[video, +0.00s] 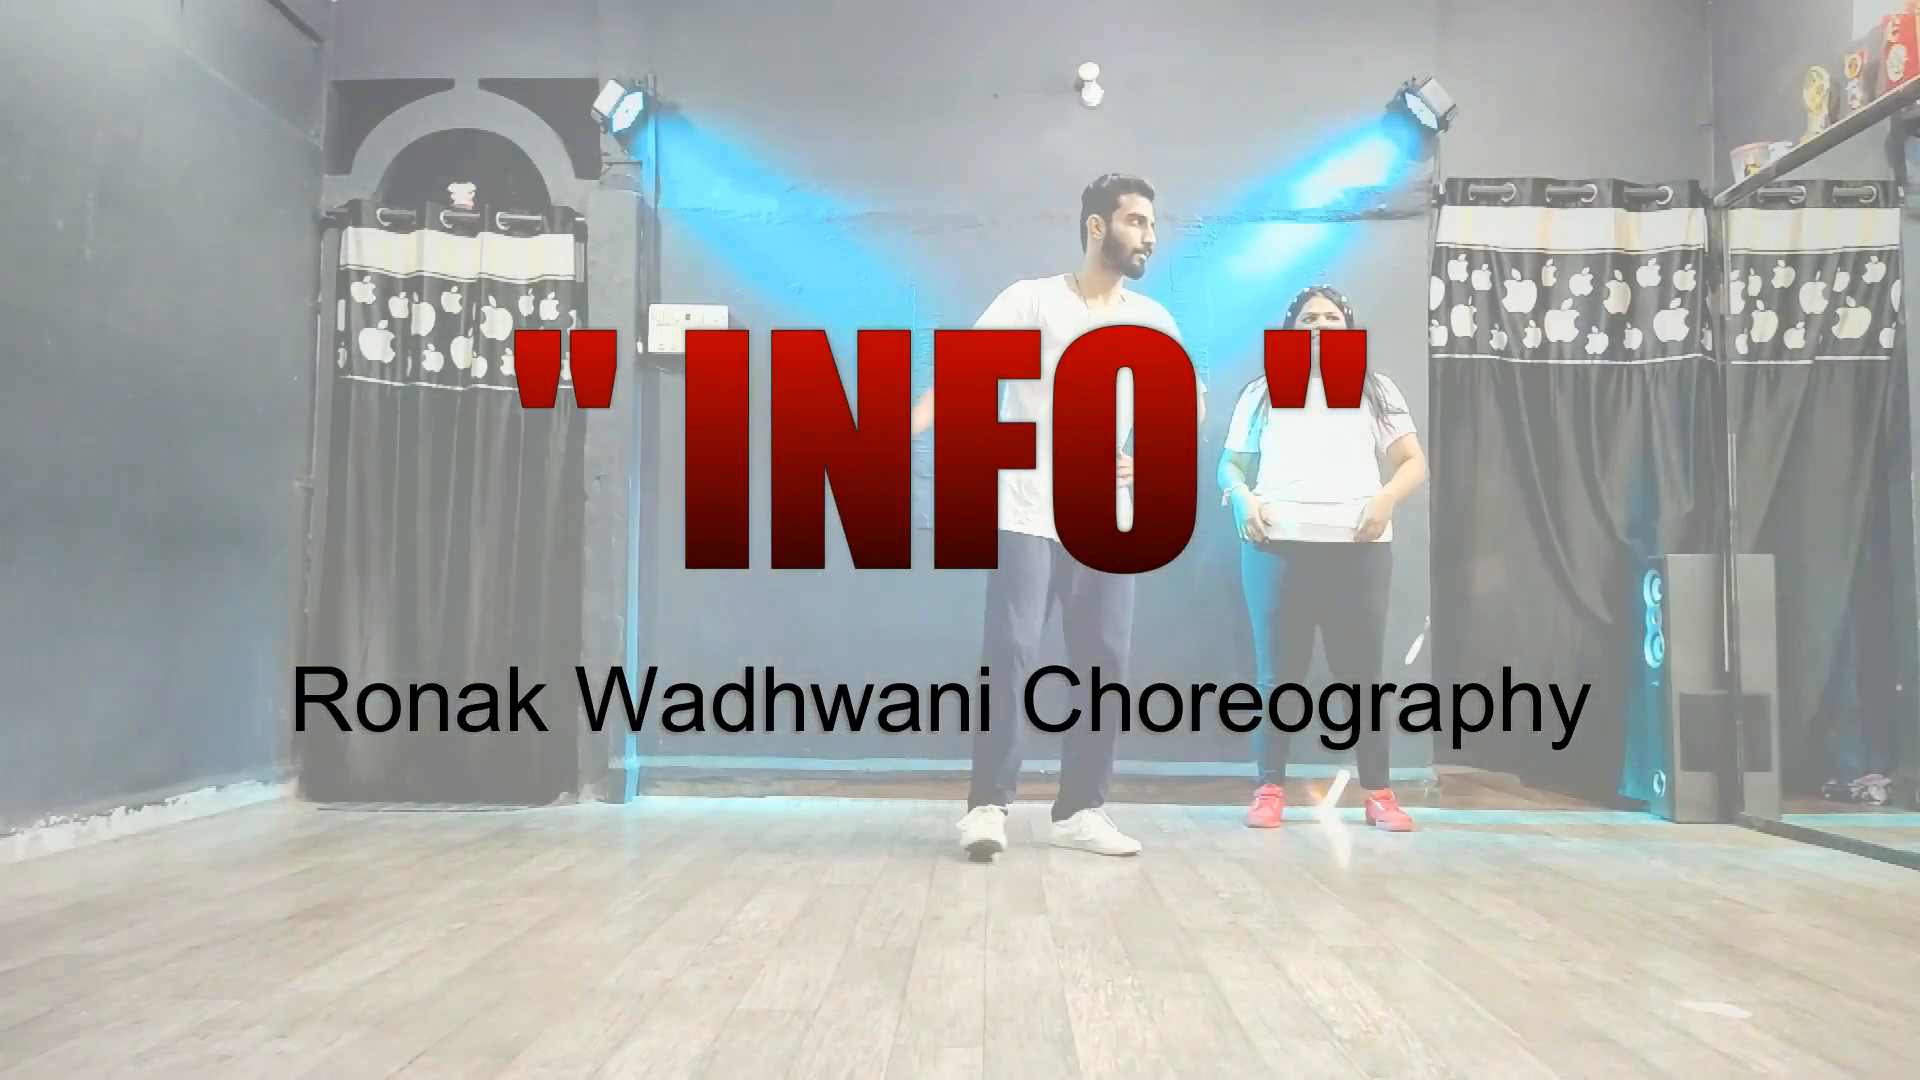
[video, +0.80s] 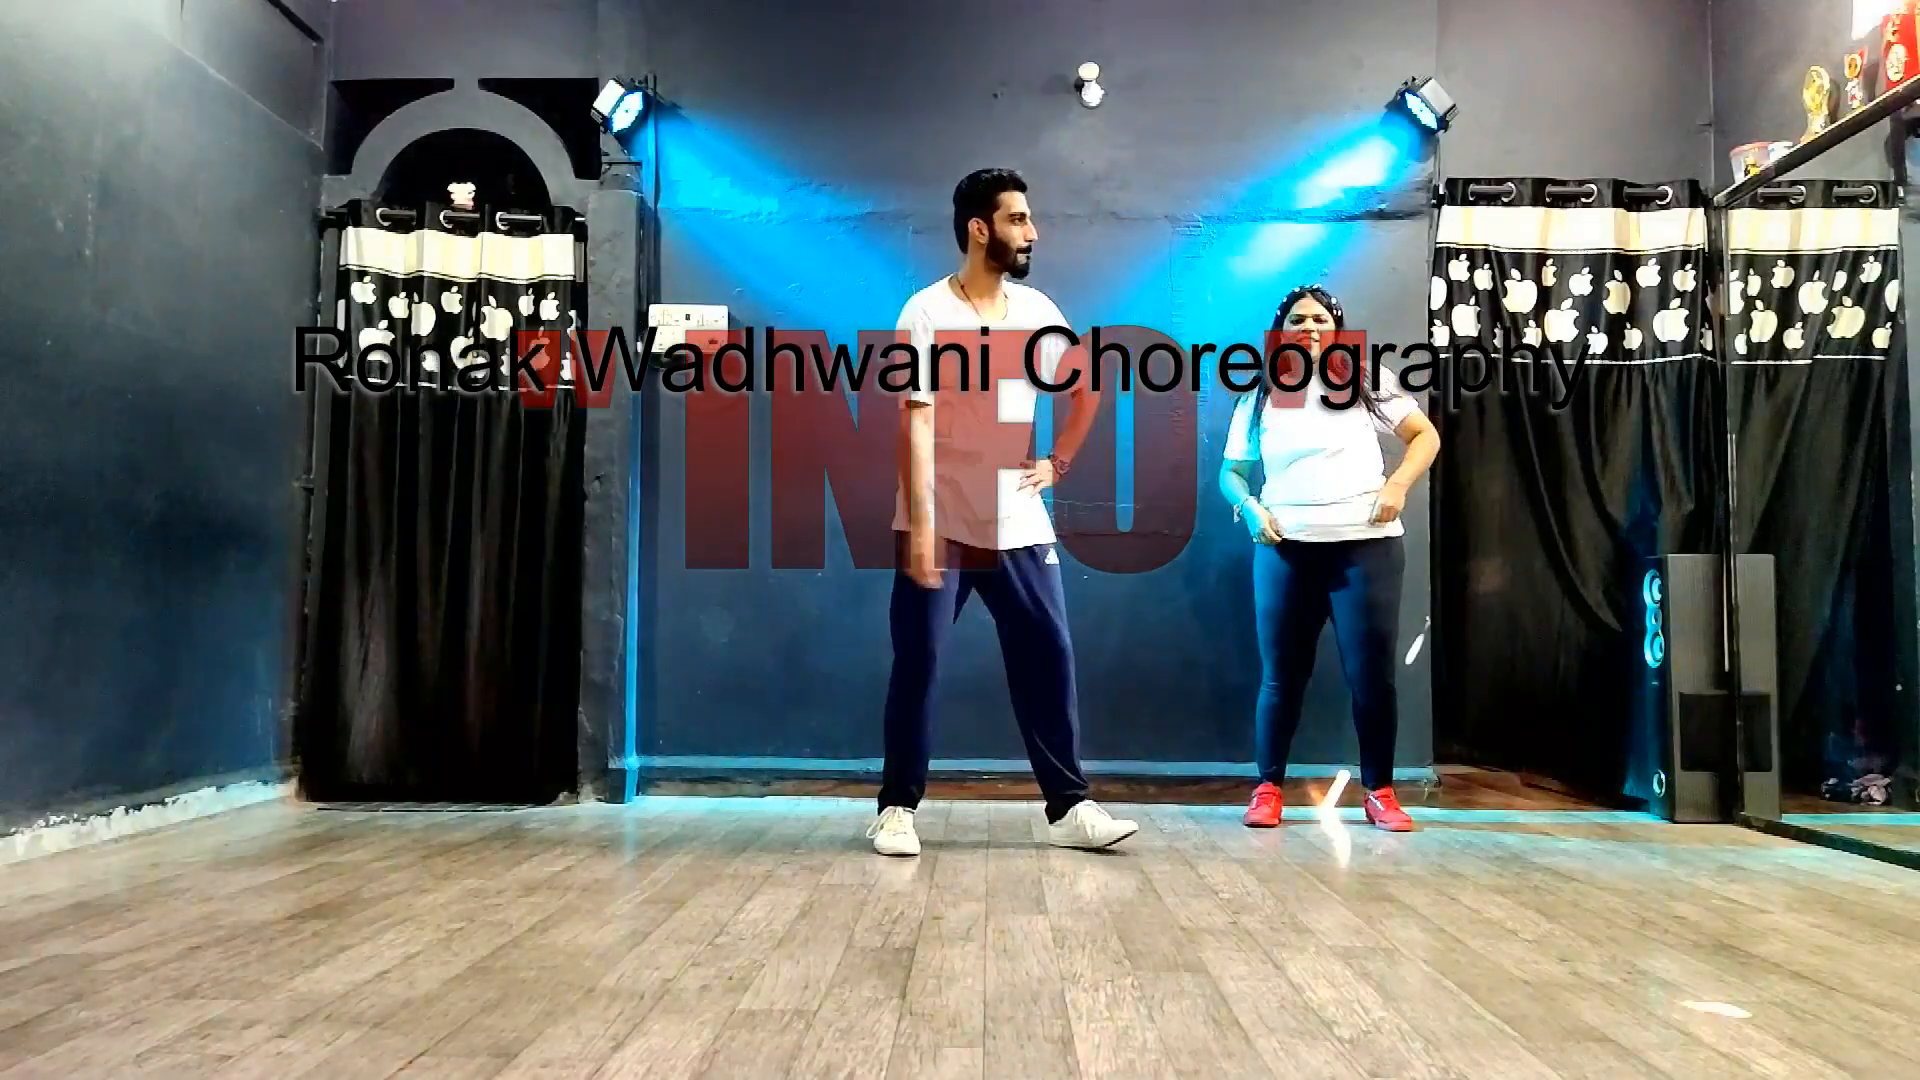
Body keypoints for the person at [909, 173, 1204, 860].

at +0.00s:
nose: (1147, 234)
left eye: (1151, 224)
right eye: (1135, 221)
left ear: (1151, 237)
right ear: (1095, 227)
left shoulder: (1156, 322)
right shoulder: (1026, 303)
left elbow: (1183, 417)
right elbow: (954, 383)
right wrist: (895, 439)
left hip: (1112, 517)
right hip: (1028, 510)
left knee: (1104, 659)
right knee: (1012, 650)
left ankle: (1080, 807)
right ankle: (988, 804)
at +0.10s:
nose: (1141, 233)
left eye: (1144, 222)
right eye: (1128, 220)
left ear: (1138, 234)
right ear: (1088, 226)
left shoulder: (1147, 320)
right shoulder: (1023, 304)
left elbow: (1166, 424)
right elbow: (979, 408)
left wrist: (1151, 511)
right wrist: (965, 508)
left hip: (1099, 523)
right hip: (1011, 515)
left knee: (1099, 661)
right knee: (982, 649)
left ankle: (1079, 810)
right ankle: (971, 806)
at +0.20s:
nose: (1132, 236)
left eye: (1134, 225)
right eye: (1119, 223)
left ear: (1126, 236)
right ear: (1079, 230)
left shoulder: (1136, 326)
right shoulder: (1019, 306)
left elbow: (1153, 429)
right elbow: (999, 412)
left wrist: (1129, 493)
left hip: (1092, 526)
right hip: (1006, 519)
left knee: (1097, 660)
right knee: (964, 644)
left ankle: (1079, 809)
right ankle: (965, 810)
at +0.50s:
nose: (1083, 237)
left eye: (1084, 226)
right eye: (1071, 224)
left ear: (1069, 237)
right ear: (1030, 231)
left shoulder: (1089, 326)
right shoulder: (973, 306)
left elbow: (1126, 425)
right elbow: (955, 412)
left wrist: (1054, 409)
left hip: (1066, 528)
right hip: (979, 522)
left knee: (1086, 662)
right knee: (937, 649)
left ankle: (1078, 809)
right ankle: (938, 811)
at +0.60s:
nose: (1068, 233)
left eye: (1069, 221)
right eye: (1055, 220)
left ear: (1056, 232)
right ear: (1014, 227)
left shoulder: (1073, 318)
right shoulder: (961, 302)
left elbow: (1109, 414)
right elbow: (966, 401)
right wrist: (1067, 426)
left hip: (1050, 518)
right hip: (968, 515)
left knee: (1069, 655)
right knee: (941, 657)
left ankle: (1076, 805)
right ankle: (915, 805)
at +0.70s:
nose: (1046, 229)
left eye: (1046, 217)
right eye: (1032, 217)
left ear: (1019, 229)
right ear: (993, 226)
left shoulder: (1051, 310)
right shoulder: (941, 307)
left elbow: (1103, 391)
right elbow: (951, 424)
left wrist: (1075, 454)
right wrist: (1005, 508)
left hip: (1028, 504)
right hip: (950, 507)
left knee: (1053, 656)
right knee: (929, 660)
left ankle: (1070, 805)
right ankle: (897, 807)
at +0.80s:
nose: (1030, 230)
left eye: (1030, 218)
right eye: (1017, 219)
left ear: (1008, 230)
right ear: (977, 229)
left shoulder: (1038, 312)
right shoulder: (925, 312)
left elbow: (1087, 385)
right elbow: (917, 422)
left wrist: (1059, 463)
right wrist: (920, 526)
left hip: (1019, 517)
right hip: (937, 518)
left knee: (1050, 654)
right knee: (918, 664)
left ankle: (1068, 805)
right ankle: (898, 807)